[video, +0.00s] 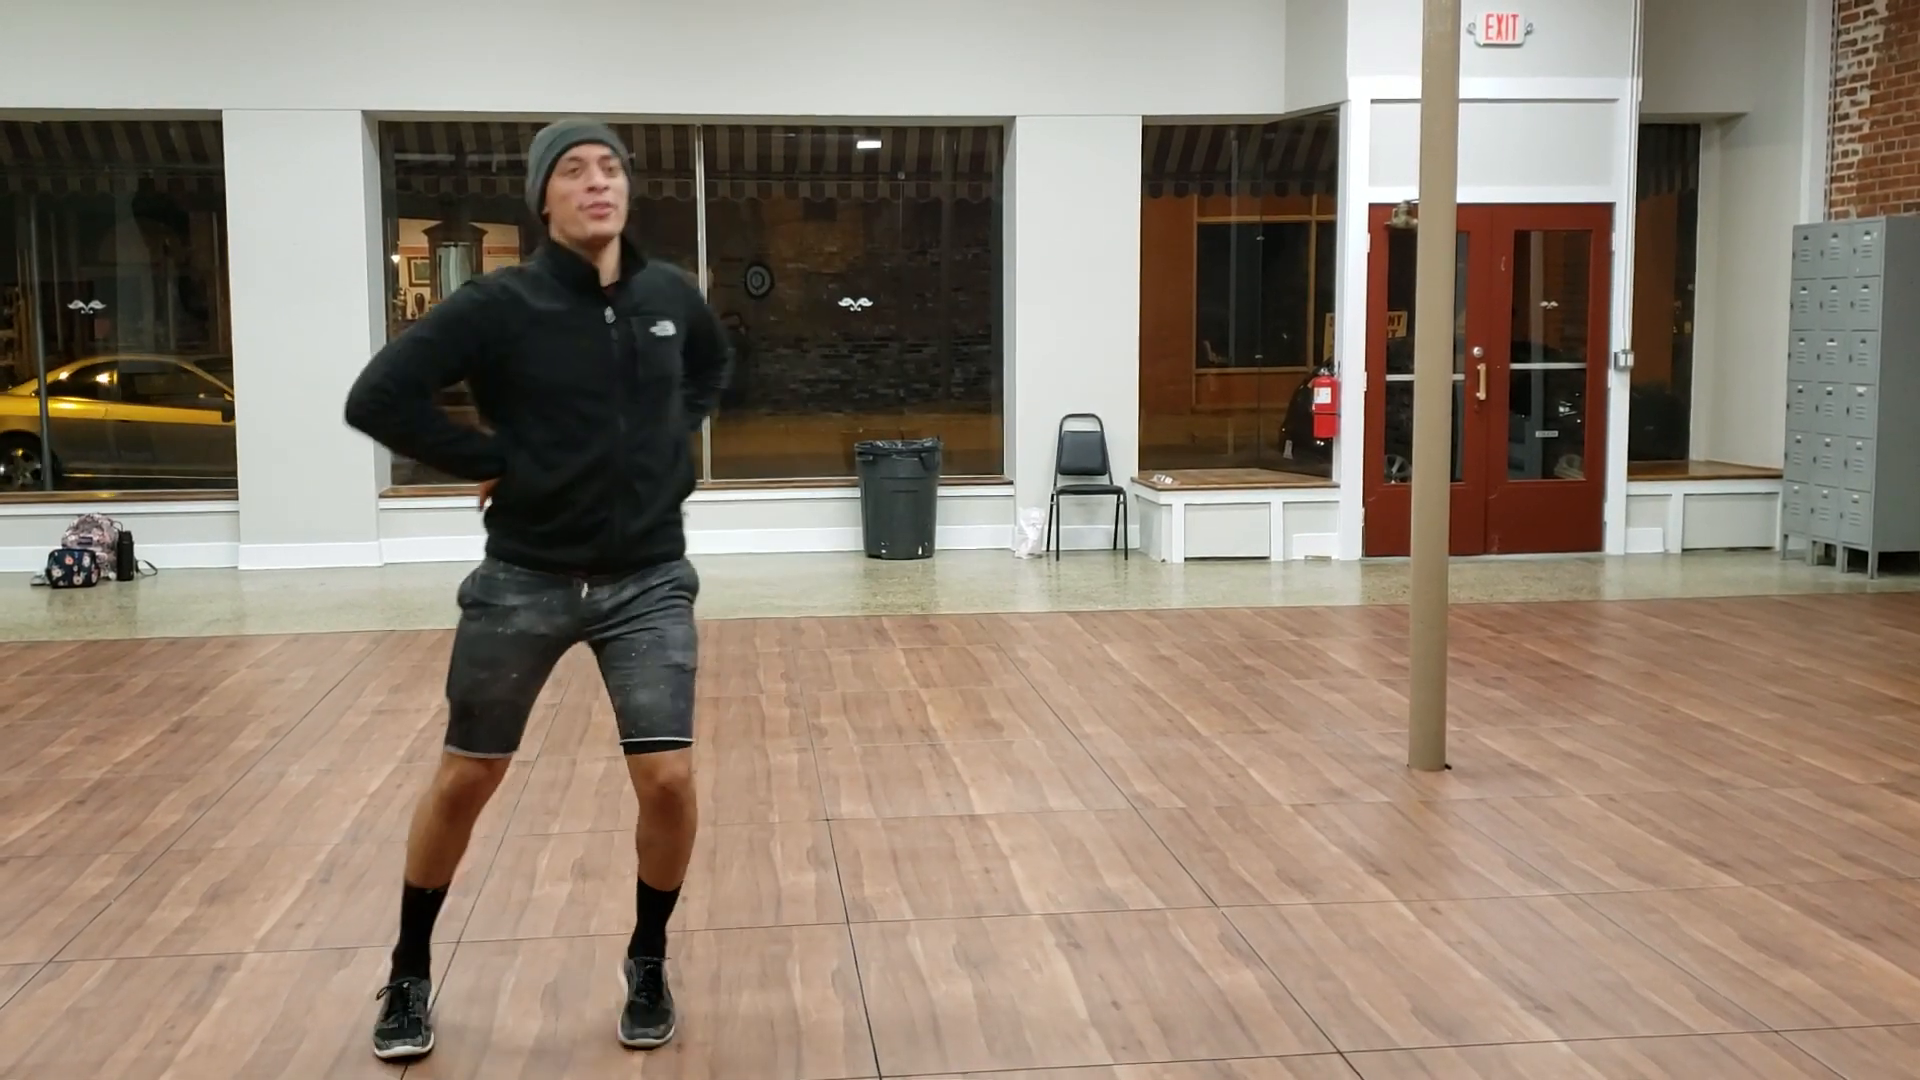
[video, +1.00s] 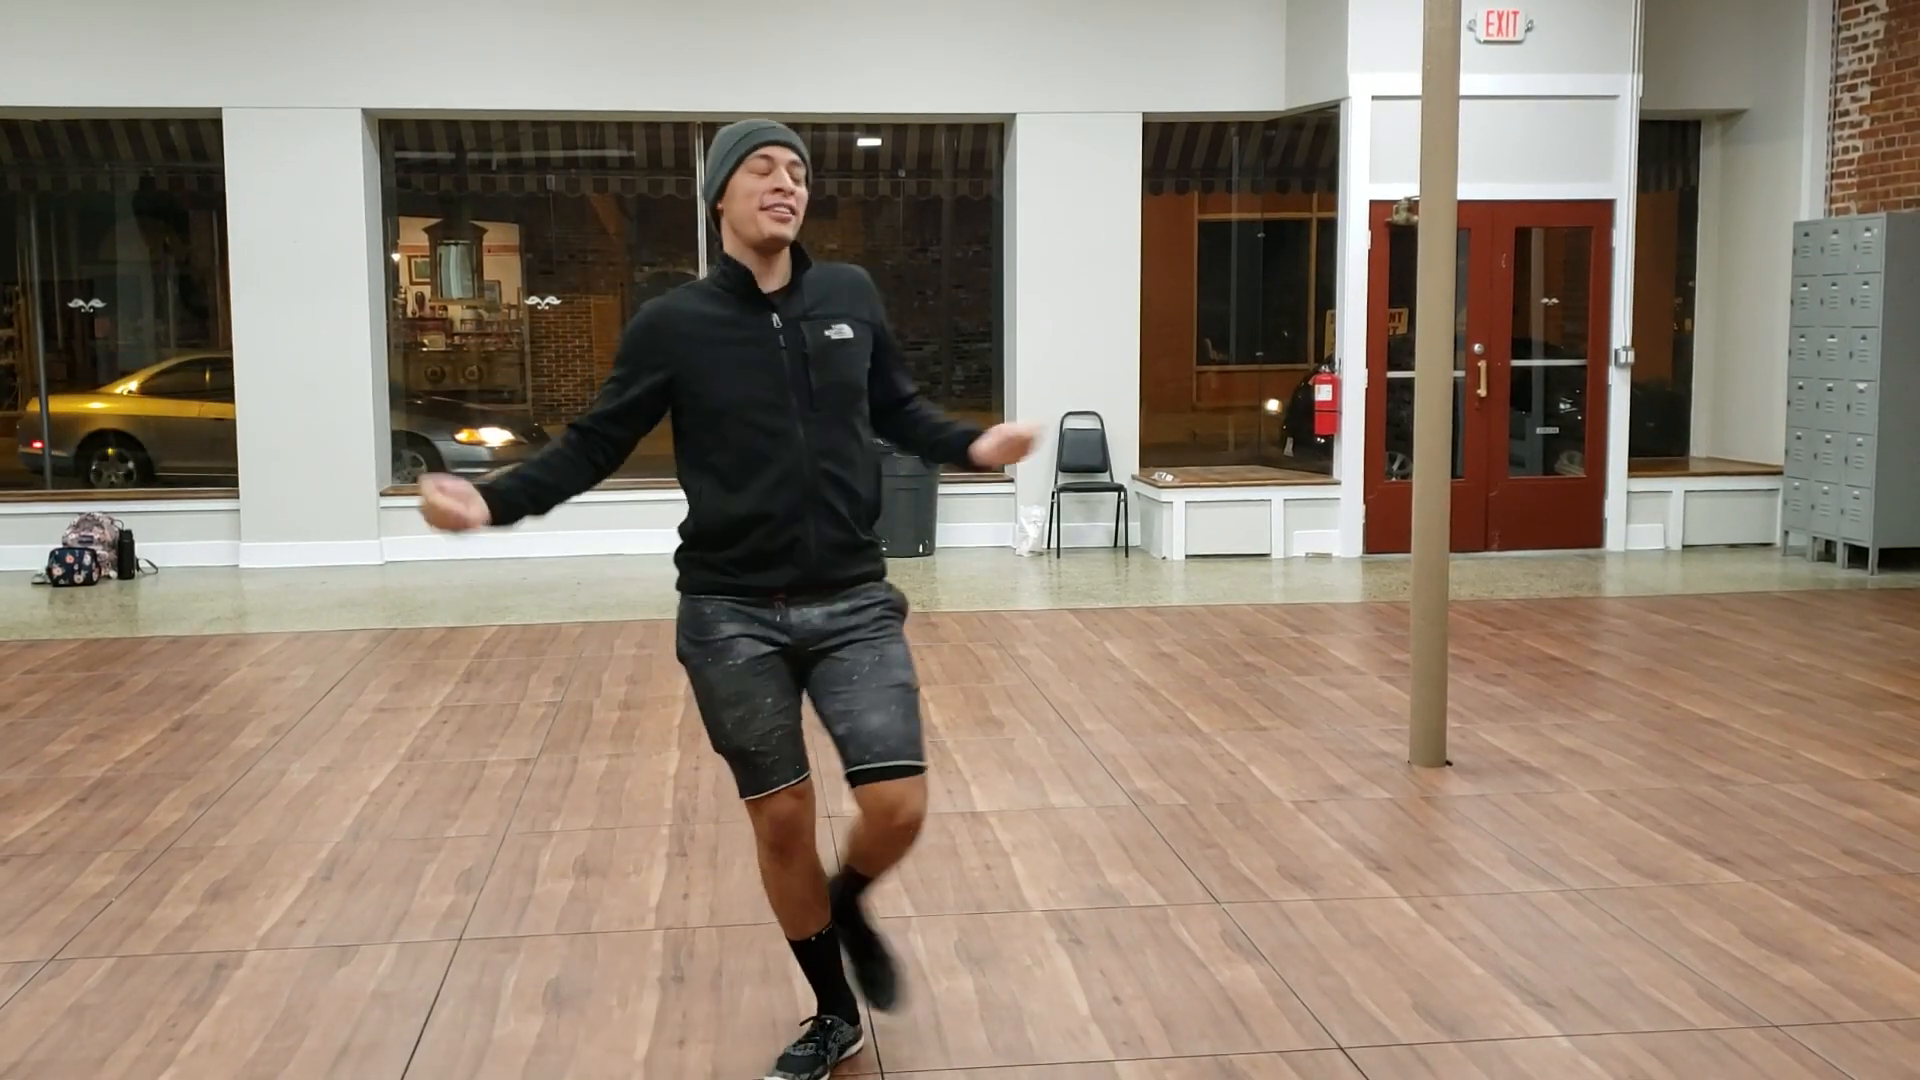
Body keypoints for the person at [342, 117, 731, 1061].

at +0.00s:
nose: (596, 183)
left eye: (609, 170)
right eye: (574, 172)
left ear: (630, 194)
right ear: (542, 202)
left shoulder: (674, 295)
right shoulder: (497, 306)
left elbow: (709, 370)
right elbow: (376, 400)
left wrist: (670, 439)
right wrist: (490, 458)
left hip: (648, 580)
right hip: (523, 583)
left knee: (669, 781)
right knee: (466, 777)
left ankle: (649, 959)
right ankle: (408, 972)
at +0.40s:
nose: (613, 187)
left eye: (618, 170)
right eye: (588, 180)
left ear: (637, 186)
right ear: (555, 212)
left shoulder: (675, 284)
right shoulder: (528, 314)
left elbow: (711, 369)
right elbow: (428, 422)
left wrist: (688, 446)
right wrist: (553, 471)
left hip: (678, 578)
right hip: (573, 586)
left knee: (671, 773)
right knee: (558, 789)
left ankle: (606, 935)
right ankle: (456, 951)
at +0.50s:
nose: (649, 179)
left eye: (654, 164)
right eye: (624, 172)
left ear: (673, 183)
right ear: (589, 203)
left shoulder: (706, 290)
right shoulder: (563, 306)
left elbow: (747, 355)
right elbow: (458, 411)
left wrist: (749, 433)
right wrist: (577, 466)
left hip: (696, 570)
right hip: (599, 574)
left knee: (673, 775)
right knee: (647, 780)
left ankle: (606, 935)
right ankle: (563, 930)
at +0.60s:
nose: (688, 183)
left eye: (690, 168)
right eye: (662, 176)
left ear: (705, 186)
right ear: (625, 205)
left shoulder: (733, 302)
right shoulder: (593, 307)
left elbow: (774, 392)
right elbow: (489, 414)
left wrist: (804, 474)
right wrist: (603, 481)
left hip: (717, 572)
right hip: (623, 577)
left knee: (665, 774)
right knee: (709, 776)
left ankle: (596, 936)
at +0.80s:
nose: (750, 199)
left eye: (755, 186)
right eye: (727, 189)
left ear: (766, 205)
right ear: (684, 213)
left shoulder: (782, 314)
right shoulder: (644, 332)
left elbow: (785, 456)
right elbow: (557, 459)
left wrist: (859, 518)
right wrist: (588, 566)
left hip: (794, 593)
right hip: (699, 601)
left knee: (756, 786)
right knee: (778, 814)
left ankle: (629, 908)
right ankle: (835, 1012)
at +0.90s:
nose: (772, 194)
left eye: (779, 182)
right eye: (750, 181)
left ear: (790, 204)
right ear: (703, 206)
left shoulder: (817, 309)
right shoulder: (662, 329)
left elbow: (832, 434)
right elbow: (590, 454)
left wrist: (892, 471)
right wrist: (534, 547)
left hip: (827, 596)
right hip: (716, 604)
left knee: (842, 816)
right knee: (781, 822)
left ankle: (720, 875)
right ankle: (835, 1012)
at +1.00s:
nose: (783, 185)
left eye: (794, 174)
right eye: (762, 172)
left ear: (807, 202)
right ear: (717, 201)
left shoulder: (848, 296)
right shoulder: (671, 323)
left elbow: (895, 410)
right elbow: (596, 440)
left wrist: (971, 447)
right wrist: (494, 501)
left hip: (853, 596)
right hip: (731, 605)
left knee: (900, 806)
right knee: (785, 822)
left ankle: (843, 902)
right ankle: (835, 1014)